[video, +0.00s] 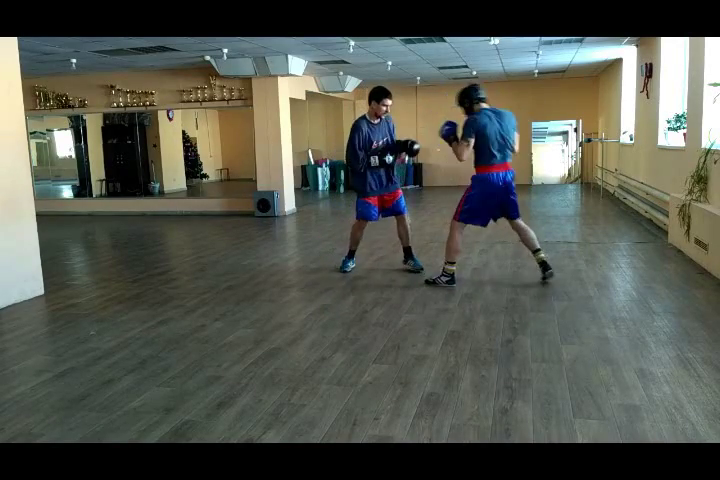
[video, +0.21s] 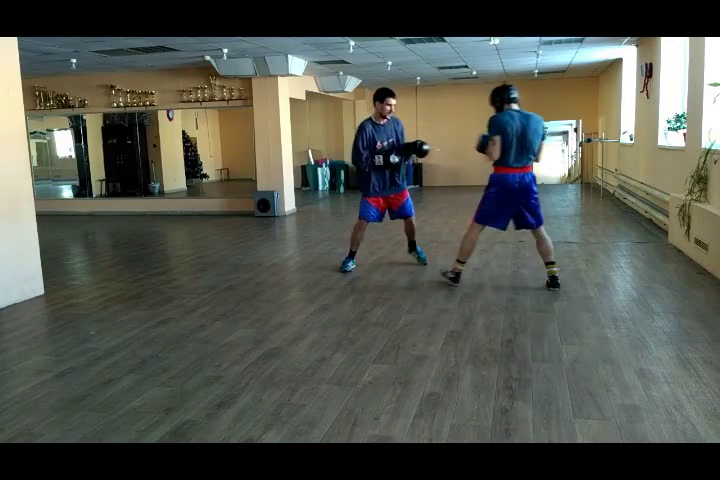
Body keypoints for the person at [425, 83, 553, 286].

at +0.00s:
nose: (463, 111)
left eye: (463, 107)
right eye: (462, 107)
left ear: (468, 104)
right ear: (483, 100)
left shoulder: (473, 120)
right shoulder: (507, 115)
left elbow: (461, 155)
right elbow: (514, 148)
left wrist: (451, 139)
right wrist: (491, 139)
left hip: (484, 181)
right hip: (507, 178)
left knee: (457, 225)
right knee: (516, 221)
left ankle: (448, 274)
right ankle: (543, 262)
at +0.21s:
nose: (494, 108)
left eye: (494, 105)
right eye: (494, 106)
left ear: (498, 103)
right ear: (517, 101)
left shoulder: (498, 120)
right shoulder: (537, 120)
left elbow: (494, 155)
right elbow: (537, 157)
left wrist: (483, 146)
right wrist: (518, 144)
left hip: (501, 181)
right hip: (526, 181)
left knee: (475, 227)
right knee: (539, 230)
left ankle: (455, 272)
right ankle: (553, 276)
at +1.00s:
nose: (526, 96)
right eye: (525, 93)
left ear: (503, 91)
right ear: (523, 93)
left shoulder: (491, 110)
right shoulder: (531, 109)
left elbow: (491, 138)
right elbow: (537, 146)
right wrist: (522, 134)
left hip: (497, 172)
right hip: (521, 170)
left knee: (491, 225)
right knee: (540, 225)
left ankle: (486, 272)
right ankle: (540, 278)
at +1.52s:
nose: (540, 106)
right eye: (540, 103)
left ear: (518, 99)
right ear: (538, 103)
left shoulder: (499, 118)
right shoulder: (543, 122)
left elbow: (484, 153)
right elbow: (546, 161)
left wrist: (502, 148)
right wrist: (531, 148)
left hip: (501, 182)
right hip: (525, 183)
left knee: (493, 225)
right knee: (537, 237)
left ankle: (483, 268)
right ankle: (534, 291)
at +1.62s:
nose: (545, 131)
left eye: (546, 128)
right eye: (546, 128)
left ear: (527, 116)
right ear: (543, 125)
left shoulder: (503, 124)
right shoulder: (533, 132)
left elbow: (470, 132)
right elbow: (525, 167)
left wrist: (485, 139)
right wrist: (527, 170)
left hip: (483, 182)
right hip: (502, 184)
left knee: (489, 224)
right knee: (524, 235)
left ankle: (481, 266)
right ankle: (532, 290)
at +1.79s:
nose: (537, 140)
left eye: (538, 137)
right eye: (538, 137)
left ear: (522, 124)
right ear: (536, 132)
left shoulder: (501, 132)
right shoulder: (526, 138)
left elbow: (483, 153)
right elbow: (511, 168)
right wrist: (517, 179)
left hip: (473, 183)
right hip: (492, 186)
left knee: (484, 226)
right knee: (518, 235)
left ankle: (480, 266)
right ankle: (509, 285)